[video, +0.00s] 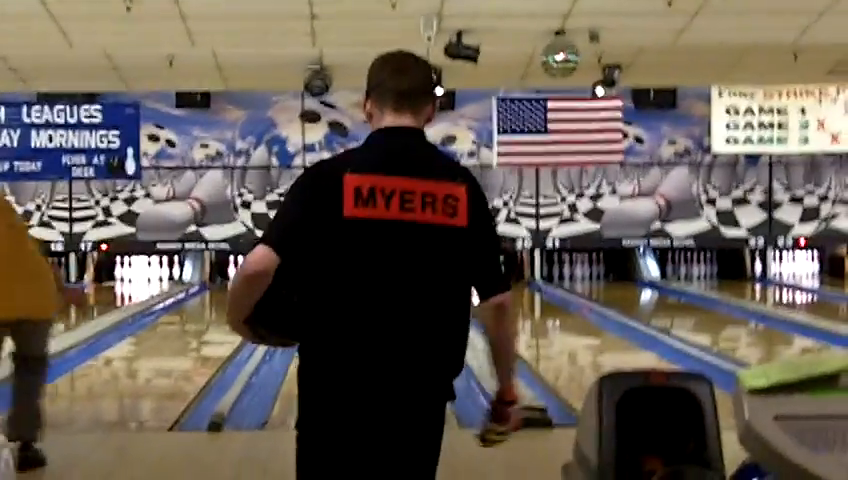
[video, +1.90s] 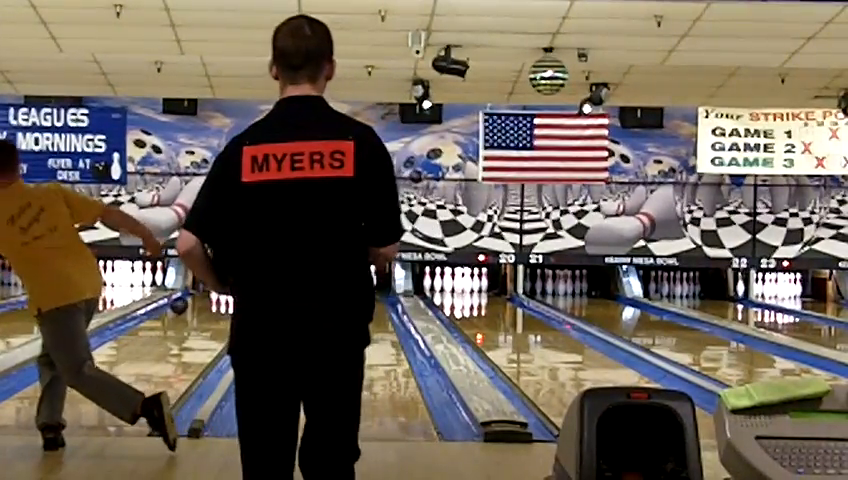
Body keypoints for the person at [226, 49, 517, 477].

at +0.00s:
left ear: (367, 106)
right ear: (432, 109)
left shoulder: (325, 177)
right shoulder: (461, 187)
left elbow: (256, 267)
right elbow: (497, 301)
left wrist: (240, 319)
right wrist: (506, 383)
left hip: (333, 392)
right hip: (419, 397)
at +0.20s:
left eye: (344, 113)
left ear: (346, 118)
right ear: (409, 120)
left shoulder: (302, 186)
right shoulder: (435, 197)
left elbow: (227, 272)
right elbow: (459, 317)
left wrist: (214, 318)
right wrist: (443, 363)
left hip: (306, 390)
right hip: (391, 396)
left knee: (307, 473)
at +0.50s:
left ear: (333, 123)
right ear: (394, 126)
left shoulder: (285, 184)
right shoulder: (412, 201)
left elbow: (202, 267)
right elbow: (431, 316)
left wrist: (223, 310)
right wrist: (417, 345)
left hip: (278, 383)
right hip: (359, 389)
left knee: (285, 477)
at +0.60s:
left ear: (337, 123)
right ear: (396, 129)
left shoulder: (288, 178)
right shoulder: (414, 200)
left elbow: (202, 252)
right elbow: (428, 316)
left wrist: (204, 300)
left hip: (276, 385)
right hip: (356, 392)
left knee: (286, 478)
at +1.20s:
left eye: (325, 115)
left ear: (325, 118)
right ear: (385, 122)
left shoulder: (278, 182)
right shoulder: (403, 202)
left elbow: (192, 244)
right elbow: (427, 313)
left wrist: (196, 302)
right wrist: (397, 263)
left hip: (266, 382)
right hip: (348, 389)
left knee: (285, 472)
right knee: (342, 478)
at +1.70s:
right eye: (335, 67)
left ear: (276, 73)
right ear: (334, 72)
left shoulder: (243, 147)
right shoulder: (365, 146)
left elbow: (187, 240)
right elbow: (381, 258)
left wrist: (207, 286)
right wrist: (377, 262)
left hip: (259, 338)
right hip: (337, 338)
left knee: (265, 467)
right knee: (335, 467)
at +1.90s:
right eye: (330, 62)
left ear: (273, 69)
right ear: (330, 68)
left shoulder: (242, 146)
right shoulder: (363, 142)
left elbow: (189, 244)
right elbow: (385, 250)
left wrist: (222, 284)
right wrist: (357, 252)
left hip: (261, 333)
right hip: (337, 333)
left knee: (265, 465)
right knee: (331, 462)